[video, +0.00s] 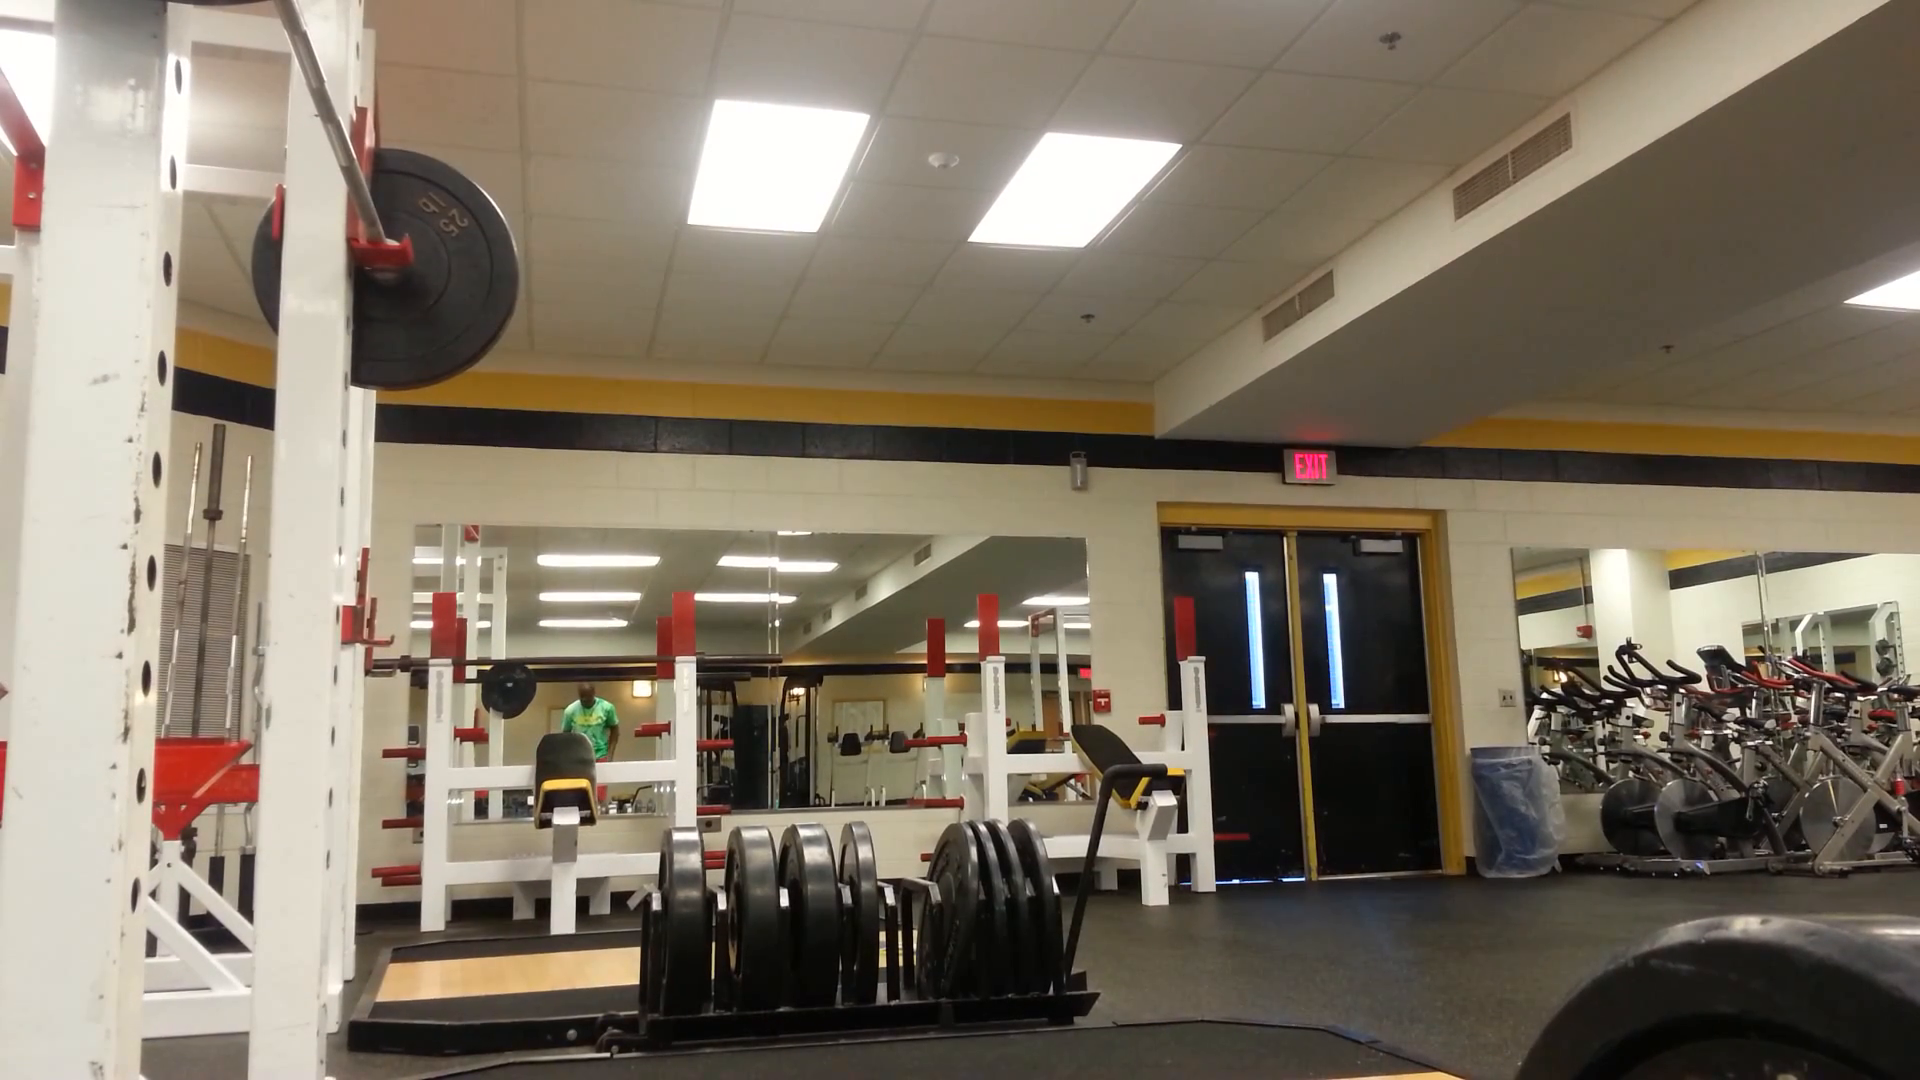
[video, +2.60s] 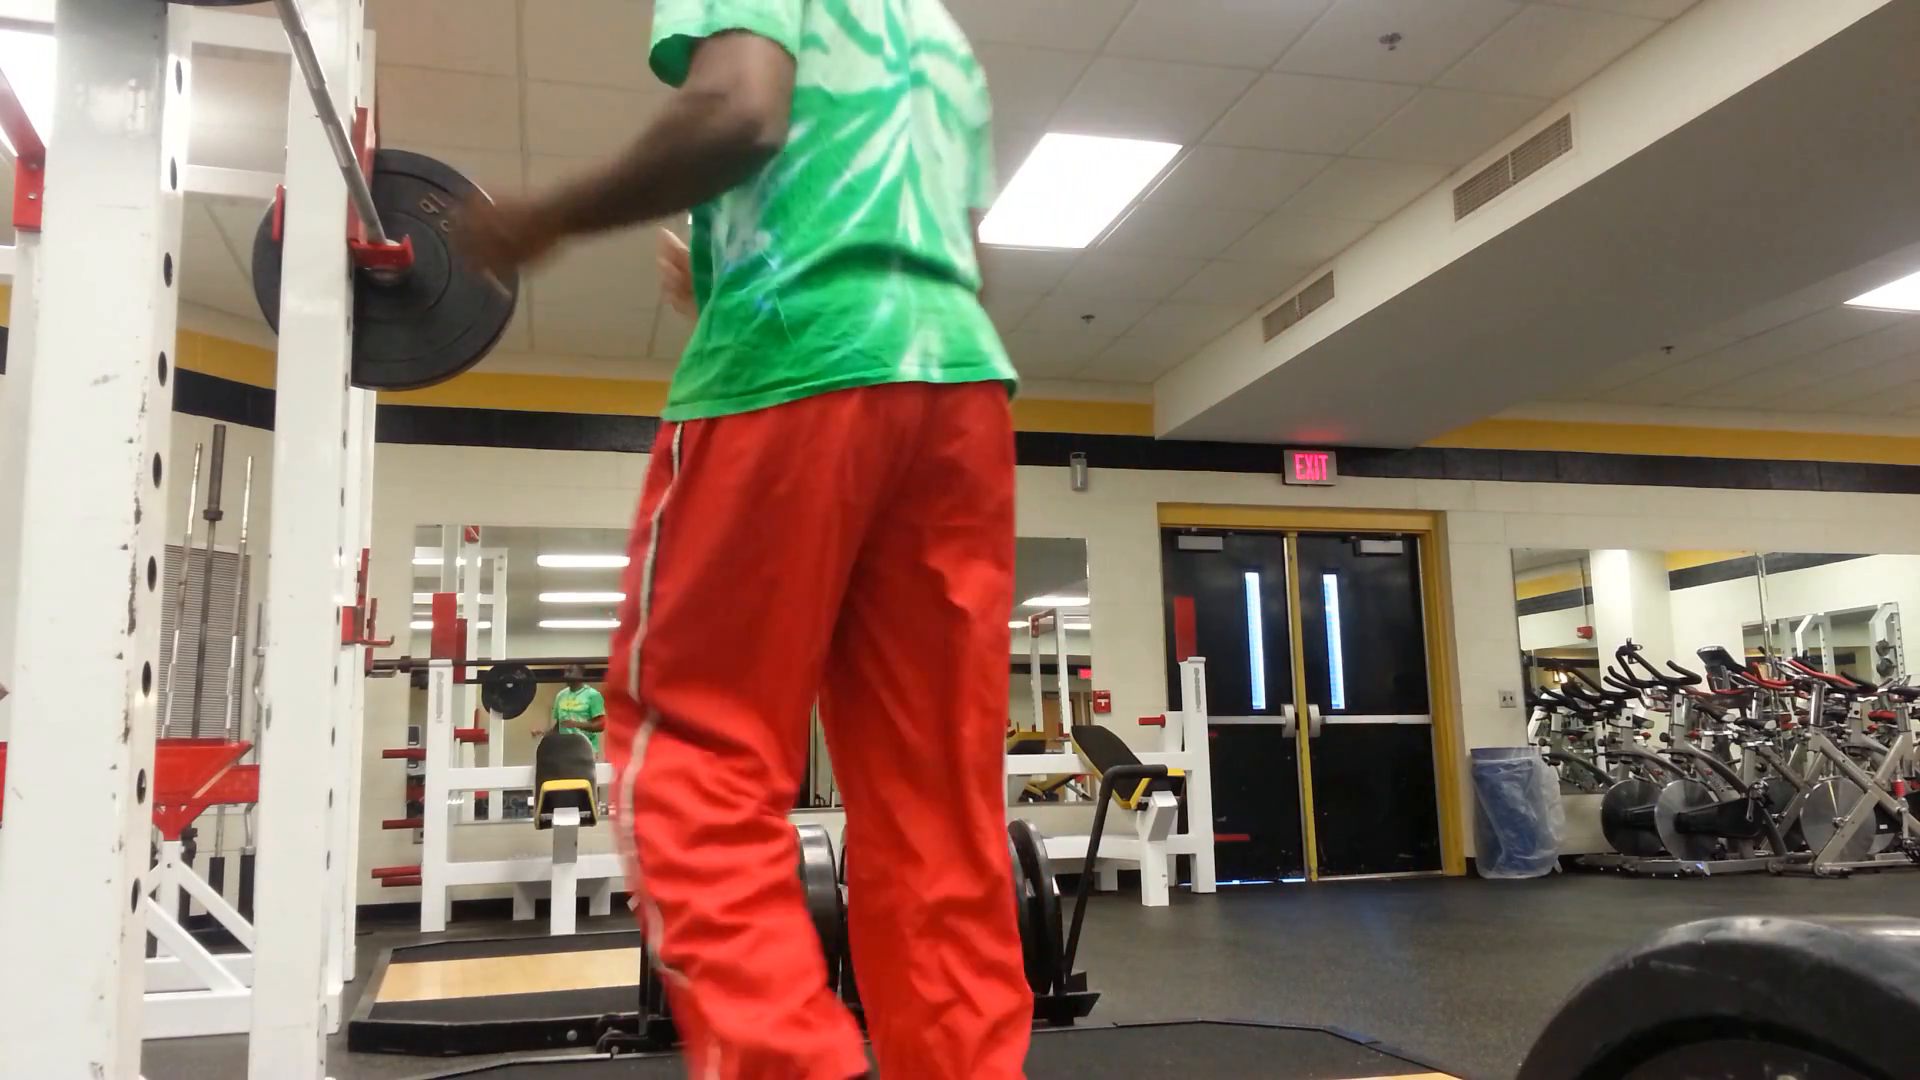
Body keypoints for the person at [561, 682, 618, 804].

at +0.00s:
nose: (585, 699)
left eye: (588, 696)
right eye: (582, 696)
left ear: (594, 693)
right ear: (579, 695)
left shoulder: (607, 708)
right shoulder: (570, 711)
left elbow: (615, 730)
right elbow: (565, 736)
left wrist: (610, 755)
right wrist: (566, 756)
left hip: (600, 758)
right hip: (578, 758)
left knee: (600, 795)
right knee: (580, 794)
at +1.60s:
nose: (575, 685)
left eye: (579, 682)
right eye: (572, 682)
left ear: (585, 682)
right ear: (569, 682)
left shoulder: (598, 701)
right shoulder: (560, 701)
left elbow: (610, 728)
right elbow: (556, 730)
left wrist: (599, 751)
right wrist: (557, 751)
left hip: (590, 751)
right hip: (567, 751)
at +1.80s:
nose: (574, 684)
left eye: (578, 681)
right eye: (572, 681)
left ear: (584, 681)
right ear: (569, 681)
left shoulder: (597, 700)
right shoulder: (560, 700)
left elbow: (607, 726)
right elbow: (555, 727)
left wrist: (588, 737)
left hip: (589, 751)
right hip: (566, 751)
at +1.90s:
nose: (572, 684)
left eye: (575, 681)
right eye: (570, 681)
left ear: (582, 681)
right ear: (567, 681)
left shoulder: (596, 700)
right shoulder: (559, 700)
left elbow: (605, 728)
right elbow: (555, 725)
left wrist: (582, 726)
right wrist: (550, 746)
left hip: (588, 752)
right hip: (565, 752)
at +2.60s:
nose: (566, 674)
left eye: (570, 671)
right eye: (566, 671)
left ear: (581, 674)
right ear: (564, 673)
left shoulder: (593, 695)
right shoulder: (561, 695)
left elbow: (600, 724)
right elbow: (560, 723)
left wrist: (575, 724)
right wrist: (546, 734)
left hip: (587, 749)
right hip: (565, 749)